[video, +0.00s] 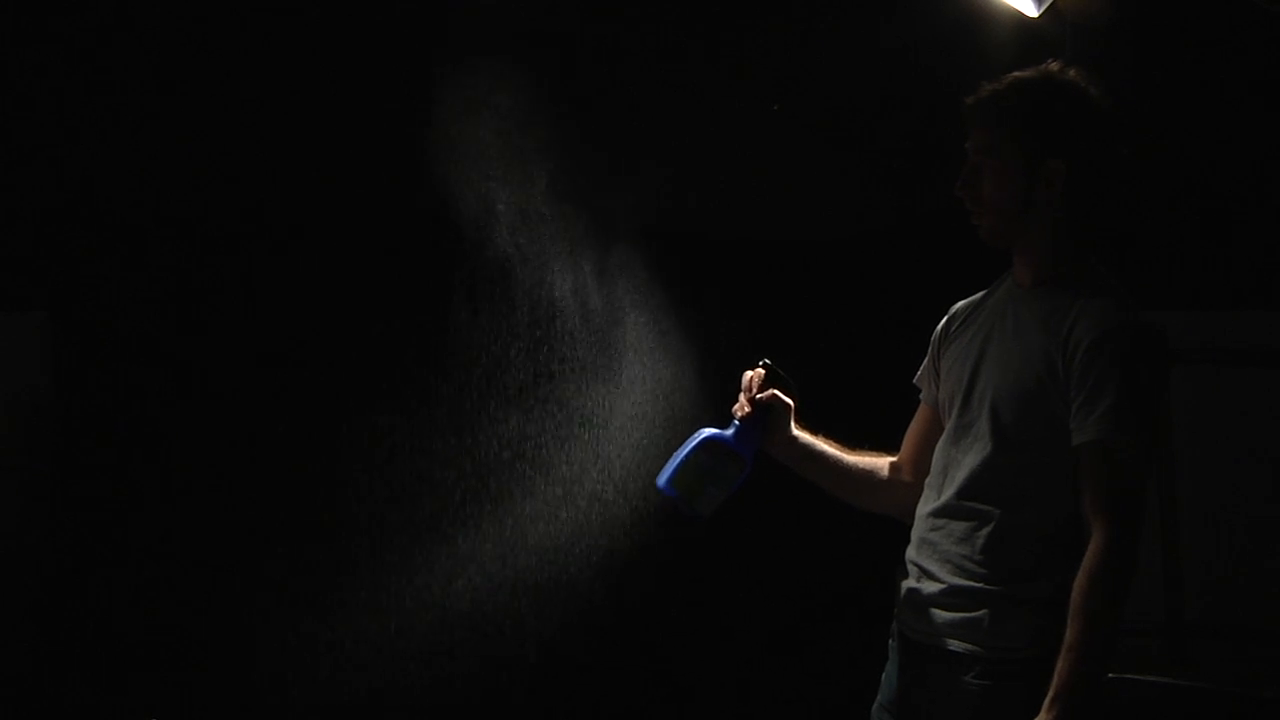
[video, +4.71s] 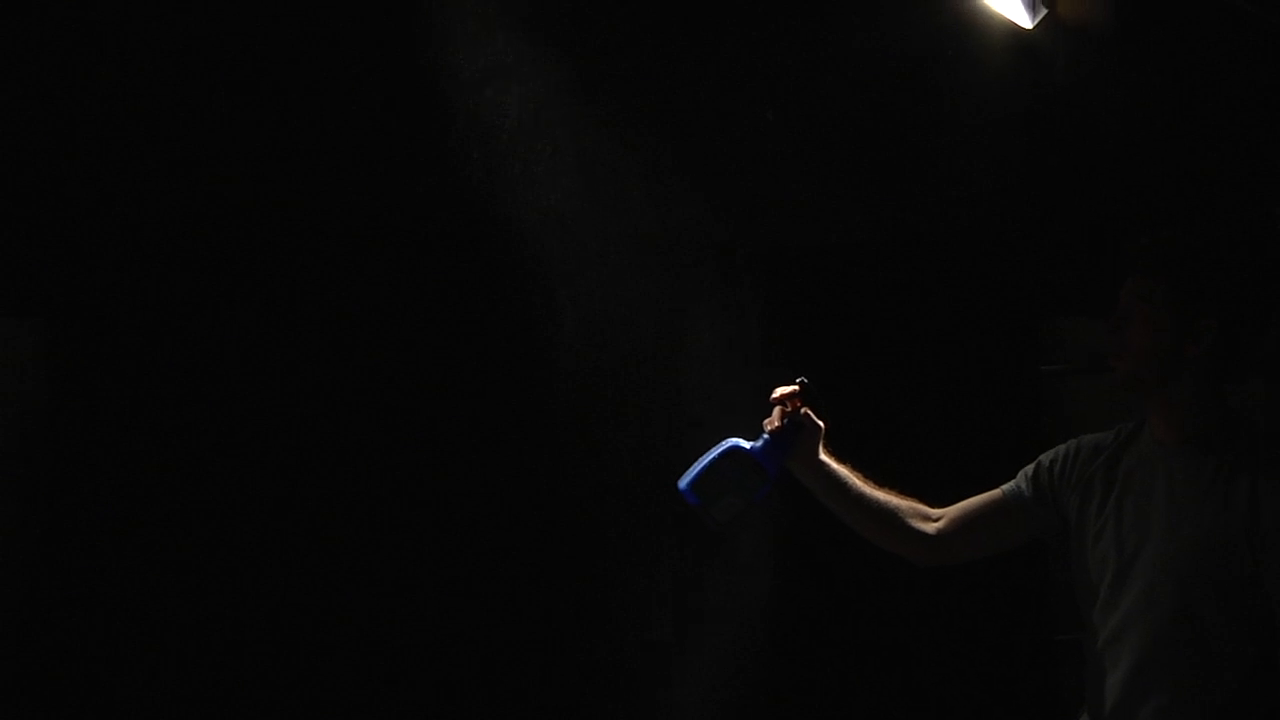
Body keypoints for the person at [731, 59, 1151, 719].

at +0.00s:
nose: (966, 182)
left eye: (987, 161)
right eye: (969, 160)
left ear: (1046, 176)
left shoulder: (1099, 326)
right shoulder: (963, 322)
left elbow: (1112, 533)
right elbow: (907, 484)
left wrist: (1061, 701)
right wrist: (787, 436)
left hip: (1007, 658)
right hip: (917, 640)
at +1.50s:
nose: (963, 180)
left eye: (983, 159)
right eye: (967, 159)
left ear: (1044, 171)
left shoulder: (1097, 323)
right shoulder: (966, 321)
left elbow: (1108, 526)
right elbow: (914, 485)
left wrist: (1035, 692)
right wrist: (797, 443)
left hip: (1011, 668)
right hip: (925, 648)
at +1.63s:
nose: (1122, 324)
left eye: (1145, 306)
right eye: (1123, 305)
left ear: (1202, 319)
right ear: (1121, 320)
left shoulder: (1258, 459)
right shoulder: (1088, 456)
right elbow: (930, 520)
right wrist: (806, 453)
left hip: (1233, 699)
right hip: (1117, 700)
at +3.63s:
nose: (1119, 316)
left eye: (1142, 299)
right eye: (1123, 297)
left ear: (1202, 319)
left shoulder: (1258, 459)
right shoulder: (1088, 456)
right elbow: (933, 519)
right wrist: (811, 449)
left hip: (1233, 702)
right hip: (1118, 702)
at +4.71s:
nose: (1121, 330)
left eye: (1143, 312)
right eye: (1125, 312)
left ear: (1199, 330)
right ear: (1125, 332)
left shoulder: (1256, 463)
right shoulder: (1087, 468)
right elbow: (933, 531)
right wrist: (814, 460)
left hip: (1238, 700)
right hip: (1121, 702)